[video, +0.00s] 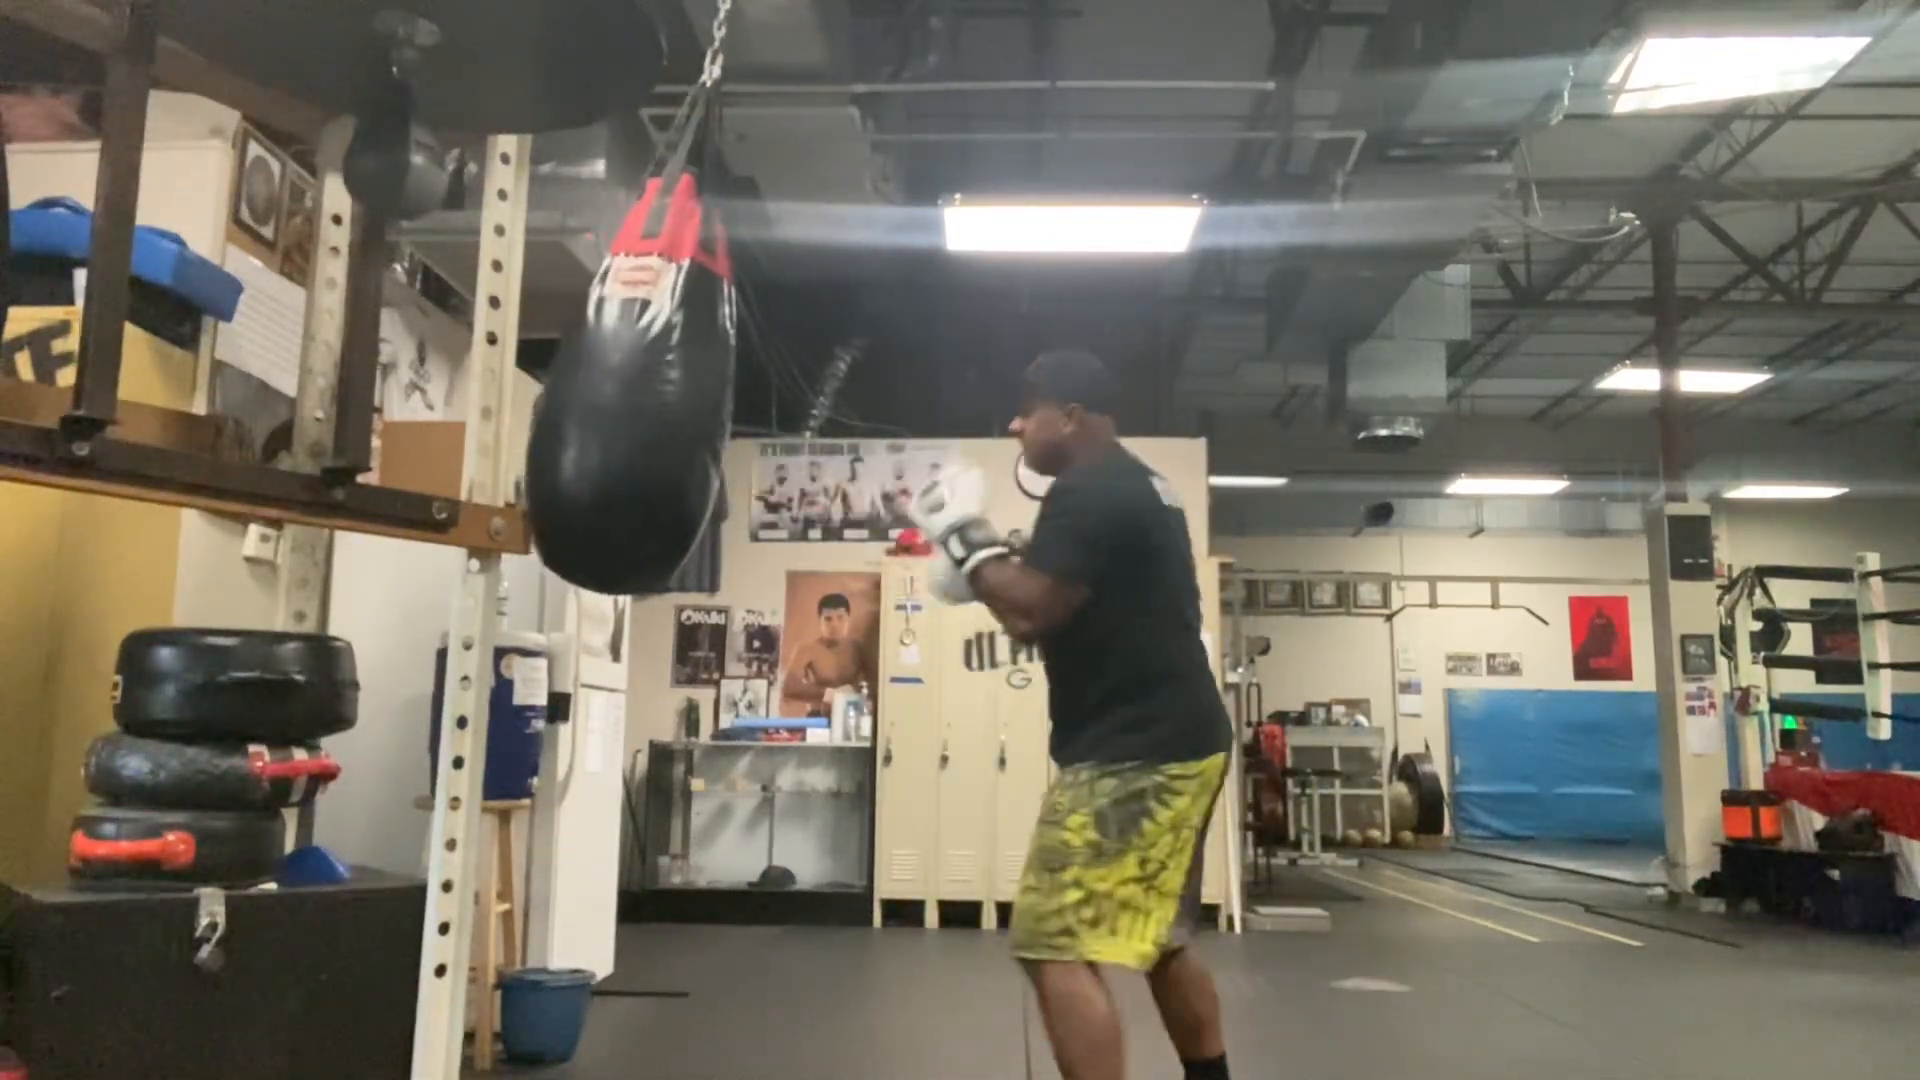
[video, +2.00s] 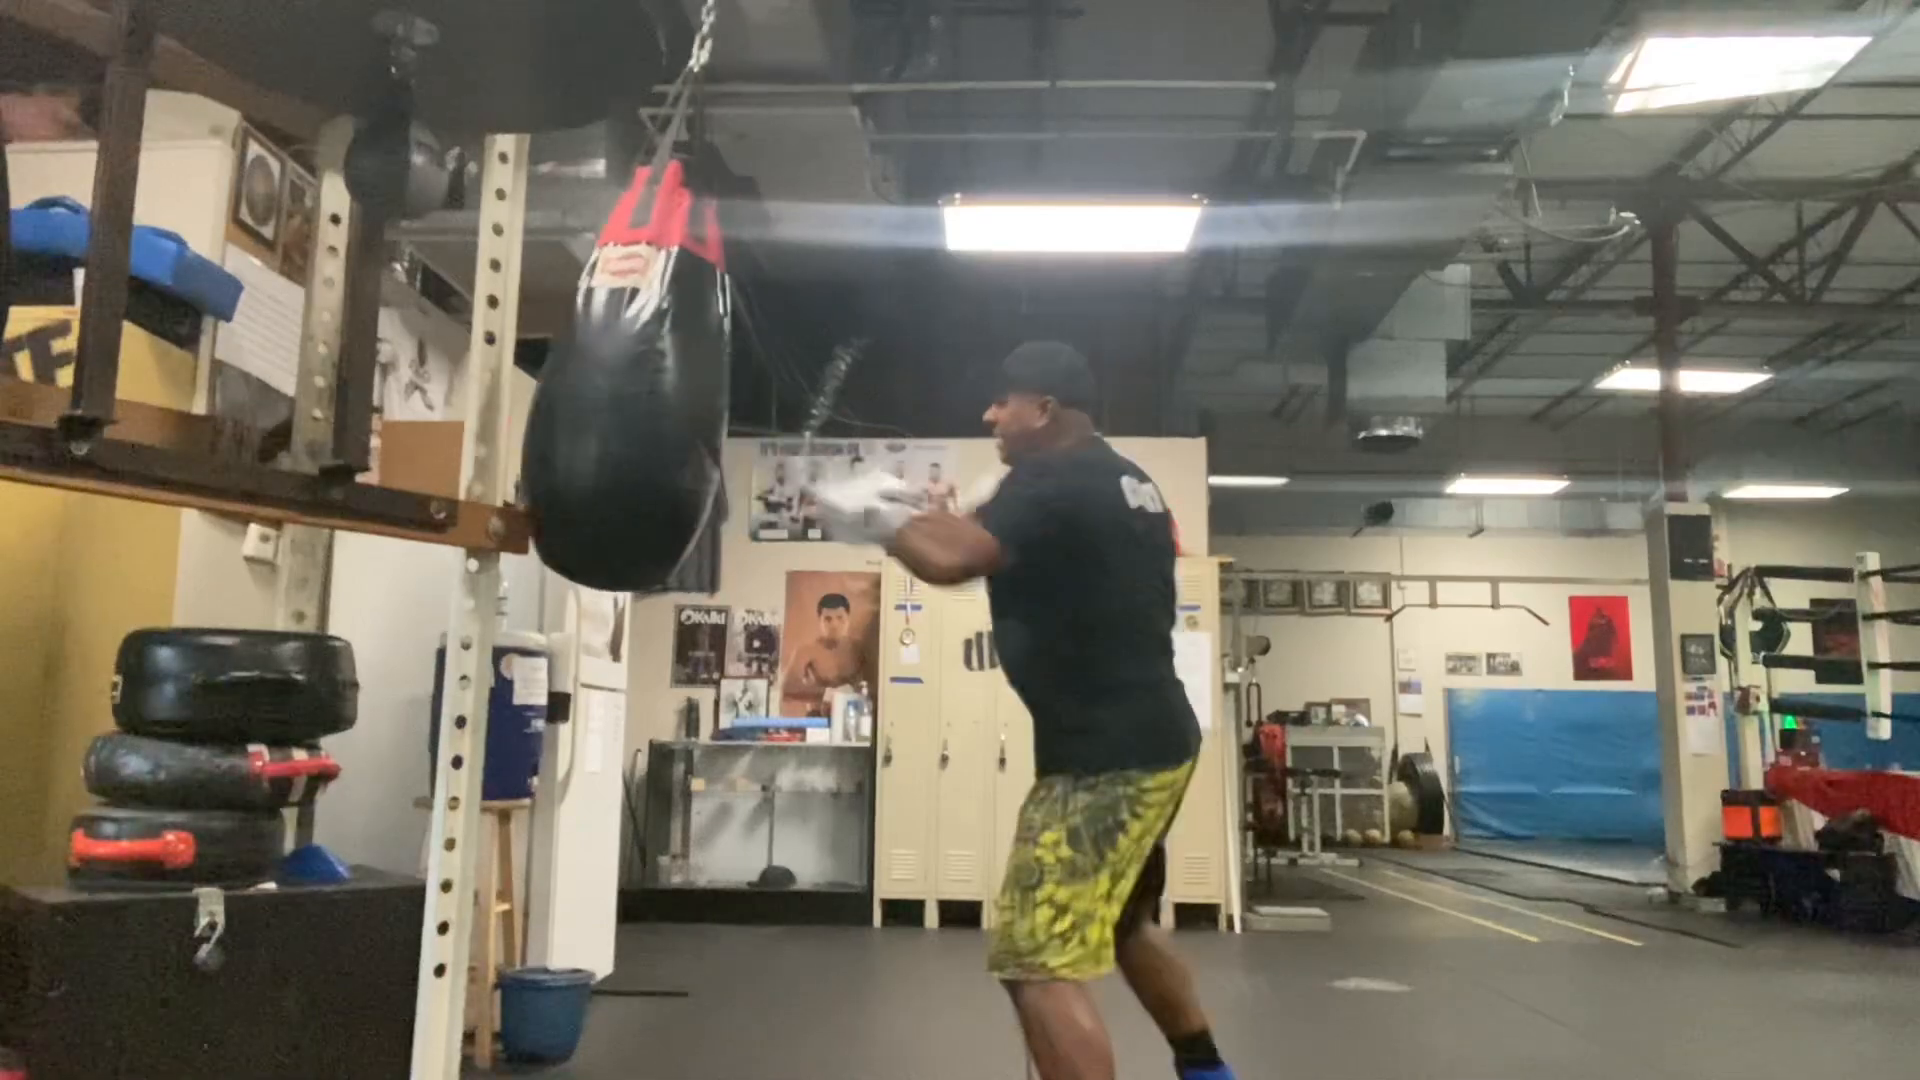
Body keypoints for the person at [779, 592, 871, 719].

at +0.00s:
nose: (834, 625)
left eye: (840, 618)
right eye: (828, 619)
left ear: (848, 620)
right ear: (819, 621)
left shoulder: (857, 650)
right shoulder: (805, 651)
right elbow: (789, 688)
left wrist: (816, 688)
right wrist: (829, 694)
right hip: (819, 717)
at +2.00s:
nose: (834, 625)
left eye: (840, 618)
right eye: (828, 619)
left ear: (848, 620)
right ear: (819, 620)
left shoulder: (859, 650)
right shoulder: (806, 652)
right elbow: (789, 687)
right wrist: (825, 692)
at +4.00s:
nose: (834, 624)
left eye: (840, 618)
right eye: (828, 619)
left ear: (848, 620)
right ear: (819, 621)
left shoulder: (857, 652)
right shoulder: (807, 652)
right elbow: (790, 688)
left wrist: (816, 687)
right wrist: (828, 693)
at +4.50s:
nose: (834, 625)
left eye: (840, 618)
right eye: (828, 619)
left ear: (848, 620)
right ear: (819, 621)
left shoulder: (857, 651)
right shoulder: (808, 652)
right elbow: (790, 688)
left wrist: (816, 685)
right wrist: (828, 693)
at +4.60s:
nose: (834, 625)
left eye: (840, 618)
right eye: (828, 619)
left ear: (847, 620)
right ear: (820, 620)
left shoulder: (858, 651)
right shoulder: (807, 652)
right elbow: (790, 688)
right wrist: (828, 693)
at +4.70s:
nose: (834, 625)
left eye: (840, 618)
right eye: (828, 619)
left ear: (848, 620)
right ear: (819, 620)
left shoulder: (857, 651)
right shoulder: (808, 652)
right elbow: (789, 687)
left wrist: (817, 685)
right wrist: (826, 693)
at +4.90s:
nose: (834, 625)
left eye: (840, 618)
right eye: (828, 619)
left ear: (848, 619)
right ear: (819, 620)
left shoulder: (858, 652)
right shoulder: (807, 652)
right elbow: (789, 688)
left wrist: (816, 686)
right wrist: (827, 693)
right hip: (819, 717)